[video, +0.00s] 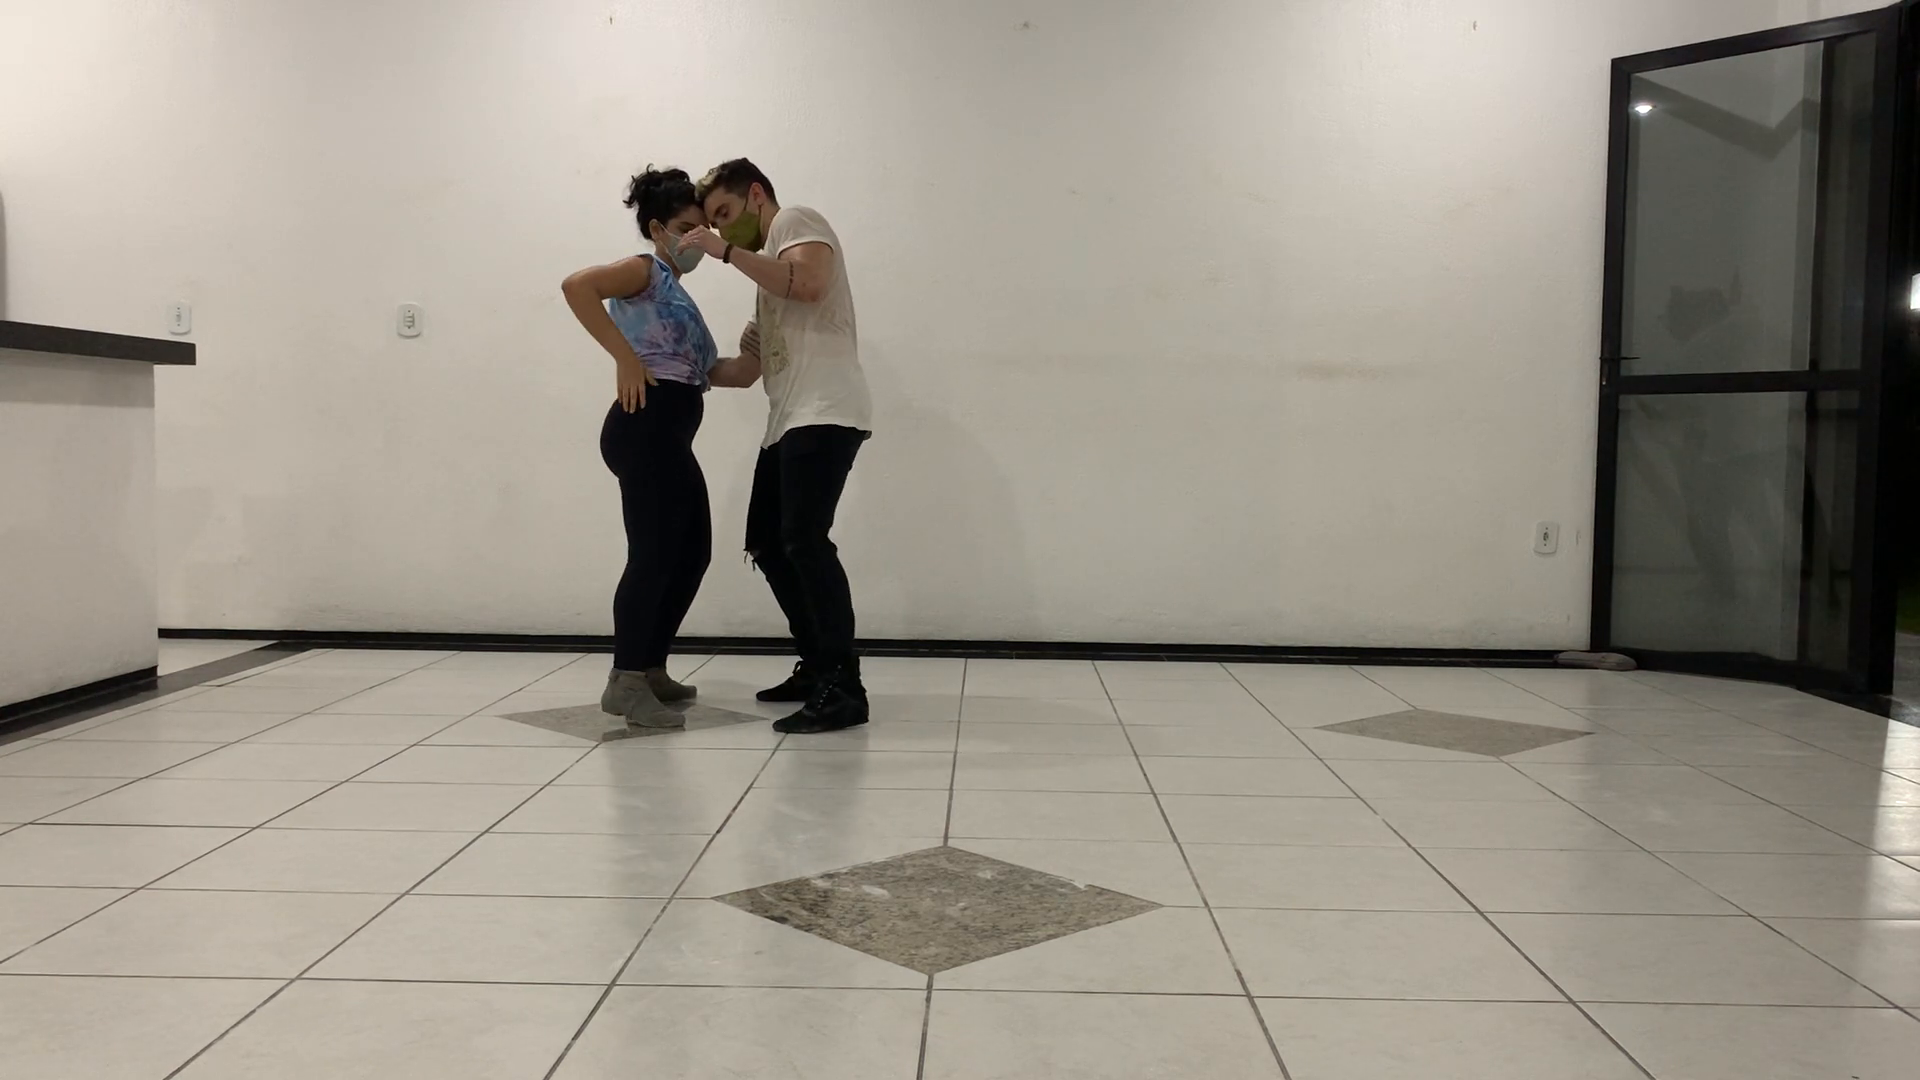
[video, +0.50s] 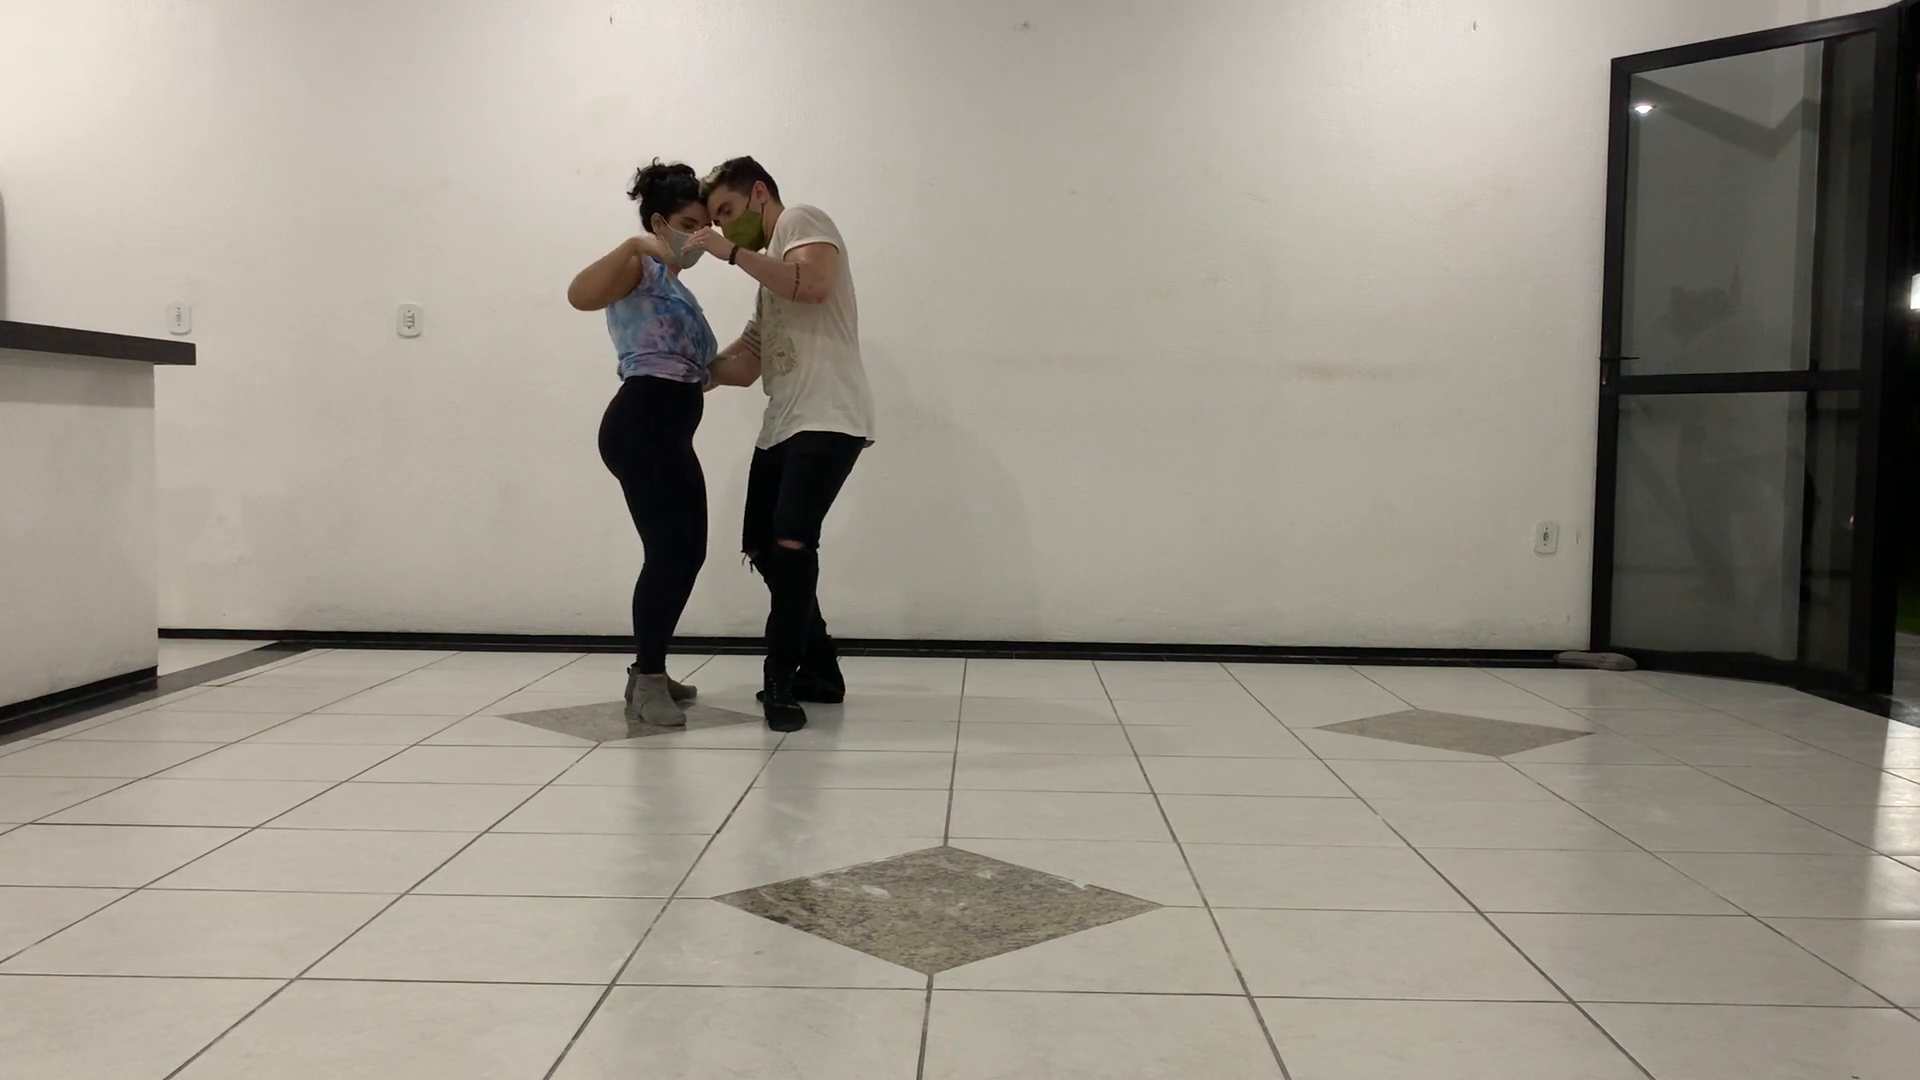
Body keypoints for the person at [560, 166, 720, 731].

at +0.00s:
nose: (695, 238)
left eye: (700, 227)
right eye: (683, 228)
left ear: (705, 229)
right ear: (655, 230)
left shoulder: (675, 298)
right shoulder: (645, 270)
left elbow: (733, 373)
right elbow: (577, 287)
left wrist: (757, 354)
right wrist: (624, 357)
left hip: (670, 427)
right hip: (643, 424)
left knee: (693, 551)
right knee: (656, 550)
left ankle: (649, 667)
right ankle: (627, 678)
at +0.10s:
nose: (694, 239)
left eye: (700, 228)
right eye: (683, 228)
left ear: (704, 230)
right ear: (654, 229)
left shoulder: (673, 291)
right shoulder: (644, 270)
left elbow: (672, 359)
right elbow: (577, 276)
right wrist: (626, 343)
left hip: (667, 429)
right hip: (639, 425)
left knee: (694, 552)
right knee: (663, 550)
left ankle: (650, 667)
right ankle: (630, 678)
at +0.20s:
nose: (697, 237)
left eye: (701, 226)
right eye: (685, 226)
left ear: (701, 229)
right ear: (657, 228)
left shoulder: (676, 295)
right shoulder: (643, 267)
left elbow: (682, 370)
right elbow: (572, 266)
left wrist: (724, 394)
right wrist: (630, 318)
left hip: (666, 429)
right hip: (639, 426)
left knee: (689, 551)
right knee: (677, 547)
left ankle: (650, 668)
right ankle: (641, 675)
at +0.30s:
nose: (695, 238)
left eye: (700, 227)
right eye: (685, 226)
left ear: (702, 229)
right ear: (656, 226)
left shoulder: (680, 298)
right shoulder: (638, 265)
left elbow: (701, 377)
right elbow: (567, 269)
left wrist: (757, 367)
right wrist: (639, 287)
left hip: (664, 429)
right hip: (640, 424)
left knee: (686, 546)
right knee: (682, 544)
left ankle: (652, 669)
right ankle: (649, 674)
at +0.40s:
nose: (696, 236)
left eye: (701, 225)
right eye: (686, 224)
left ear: (704, 229)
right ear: (656, 224)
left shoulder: (685, 302)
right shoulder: (637, 267)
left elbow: (727, 371)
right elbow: (569, 283)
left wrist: (774, 352)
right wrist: (643, 263)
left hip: (669, 427)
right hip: (638, 422)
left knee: (688, 548)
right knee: (676, 545)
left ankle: (652, 668)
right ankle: (649, 676)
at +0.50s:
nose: (700, 237)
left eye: (704, 226)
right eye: (691, 224)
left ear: (700, 230)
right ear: (658, 220)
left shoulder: (680, 296)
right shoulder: (638, 265)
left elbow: (720, 371)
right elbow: (580, 296)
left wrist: (758, 348)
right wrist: (631, 247)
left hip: (671, 426)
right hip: (641, 422)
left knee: (688, 552)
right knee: (669, 551)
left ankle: (652, 670)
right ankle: (645, 679)